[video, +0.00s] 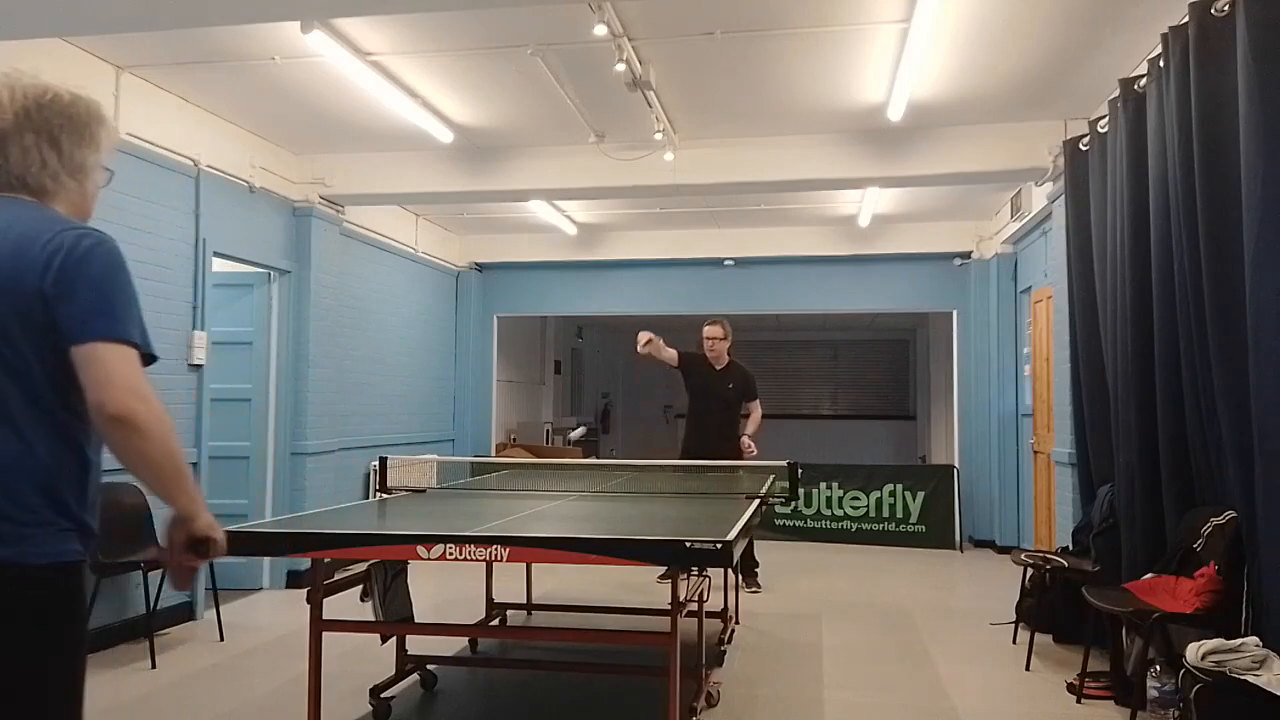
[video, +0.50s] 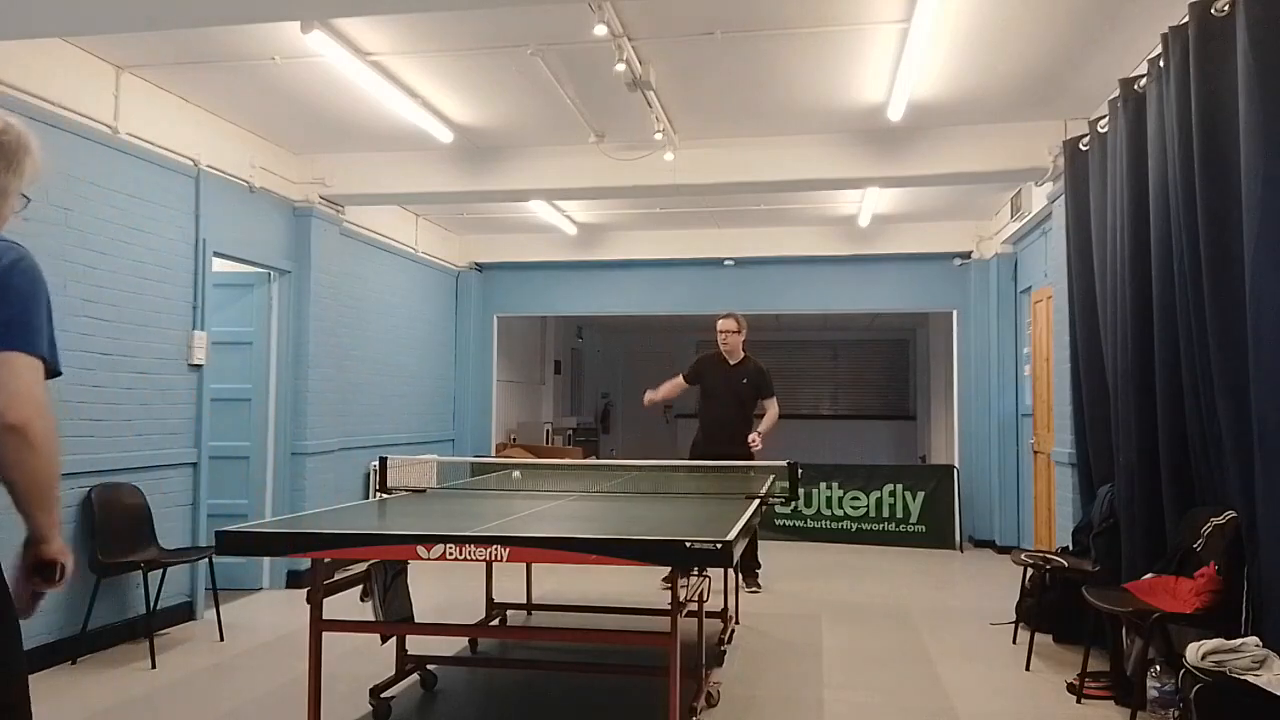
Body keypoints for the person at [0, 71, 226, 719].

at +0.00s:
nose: (102, 184)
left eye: (104, 169)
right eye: (98, 168)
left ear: (18, 160)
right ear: (62, 164)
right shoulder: (72, 249)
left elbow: (115, 401)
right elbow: (117, 403)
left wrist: (182, 511)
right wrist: (190, 509)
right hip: (33, 562)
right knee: (41, 706)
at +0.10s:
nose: (90, 194)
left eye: (93, 178)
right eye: (88, 176)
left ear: (11, 165)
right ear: (57, 170)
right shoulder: (58, 252)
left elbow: (94, 404)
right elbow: (97, 405)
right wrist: (147, 519)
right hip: (18, 558)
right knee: (26, 703)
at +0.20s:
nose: (75, 207)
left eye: (78, 193)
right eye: (74, 190)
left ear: (12, 175)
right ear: (44, 180)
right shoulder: (45, 260)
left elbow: (67, 412)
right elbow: (73, 413)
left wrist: (40, 546)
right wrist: (101, 531)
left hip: (13, 554)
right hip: (7, 554)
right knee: (13, 704)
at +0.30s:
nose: (53, 212)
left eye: (58, 199)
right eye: (54, 197)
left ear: (6, 179)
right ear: (29, 184)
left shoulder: (28, 266)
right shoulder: (27, 264)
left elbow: (43, 419)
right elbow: (45, 420)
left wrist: (40, 541)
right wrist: (60, 536)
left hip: (4, 555)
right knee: (6, 701)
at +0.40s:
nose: (30, 211)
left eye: (34, 198)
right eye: (32, 196)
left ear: (11, 191)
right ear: (18, 190)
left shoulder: (22, 265)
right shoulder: (16, 264)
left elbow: (24, 419)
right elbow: (24, 419)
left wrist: (24, 542)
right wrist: (40, 535)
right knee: (9, 702)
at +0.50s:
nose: (17, 210)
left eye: (20, 198)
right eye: (18, 196)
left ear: (13, 191)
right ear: (6, 188)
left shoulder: (17, 265)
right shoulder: (11, 263)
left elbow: (20, 413)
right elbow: (18, 415)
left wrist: (41, 533)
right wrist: (44, 533)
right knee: (11, 699)